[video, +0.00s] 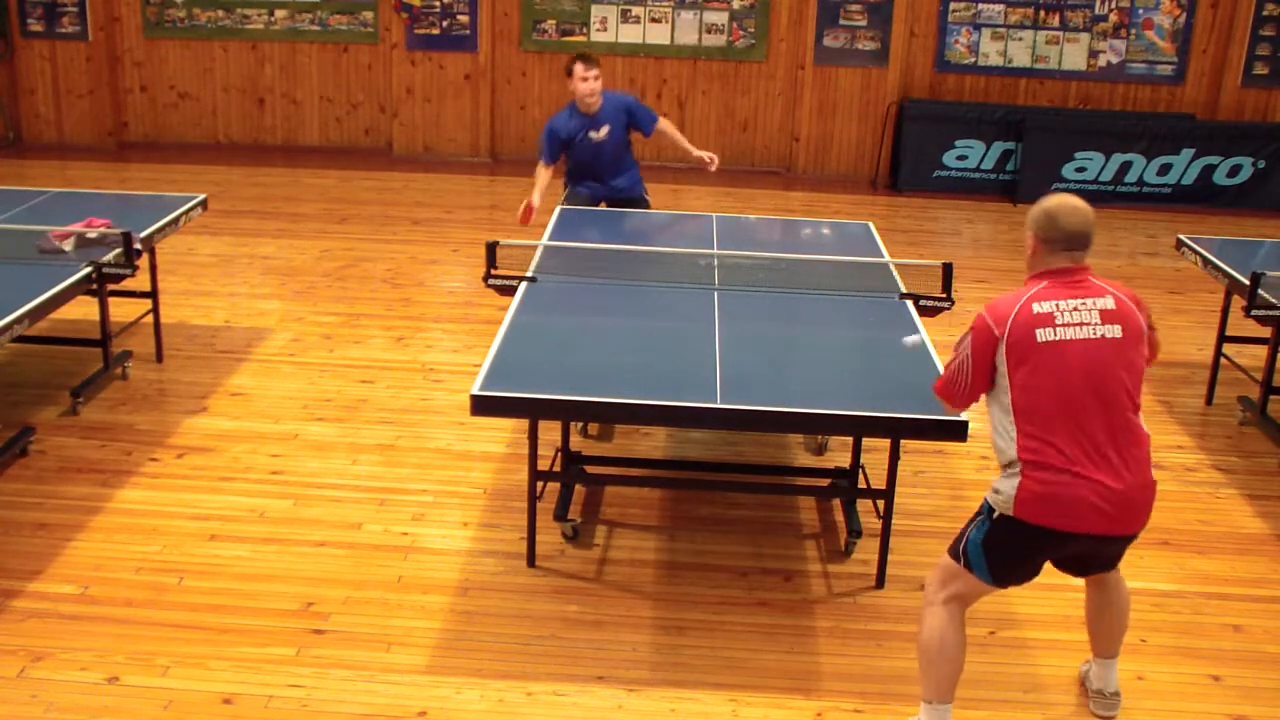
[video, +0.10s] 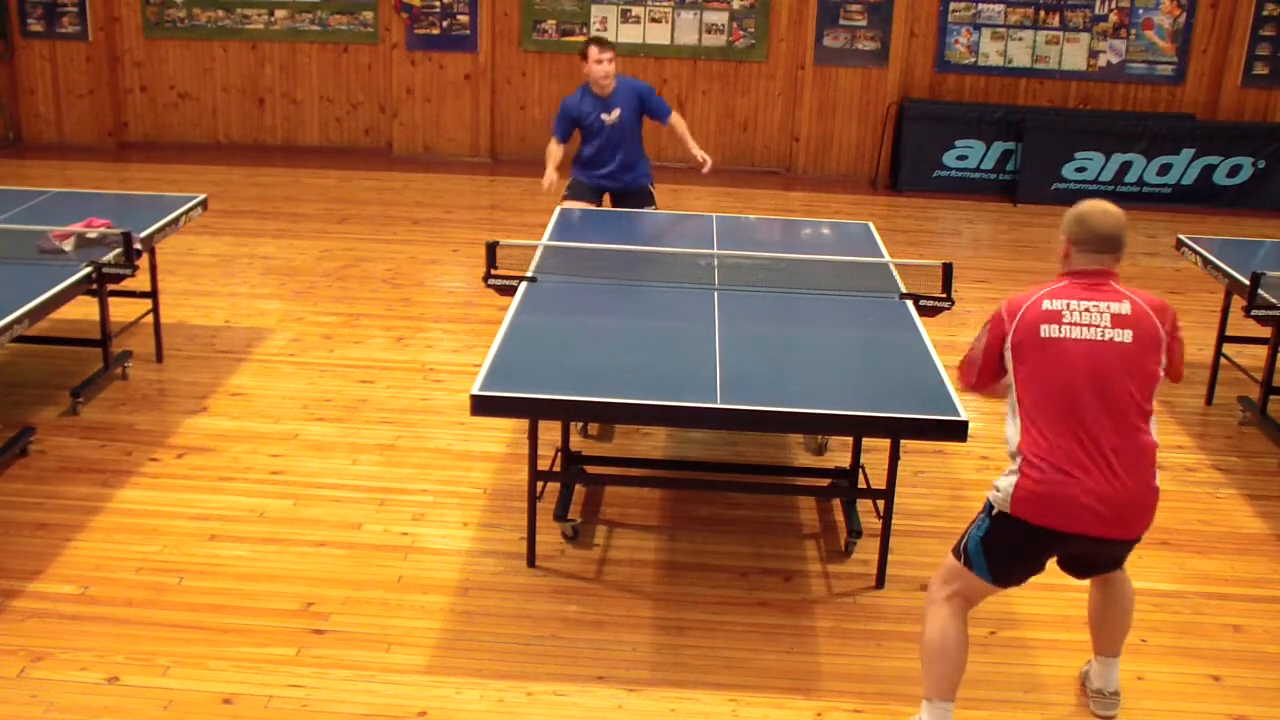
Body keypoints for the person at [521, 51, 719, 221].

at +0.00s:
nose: (591, 86)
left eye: (595, 79)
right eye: (584, 80)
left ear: (602, 80)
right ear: (570, 84)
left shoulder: (623, 106)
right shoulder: (560, 126)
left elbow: (659, 125)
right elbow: (546, 165)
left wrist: (694, 152)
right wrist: (535, 196)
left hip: (625, 183)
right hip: (584, 187)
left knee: (642, 237)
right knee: (567, 236)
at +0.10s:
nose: (606, 68)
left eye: (610, 61)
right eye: (599, 62)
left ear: (615, 63)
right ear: (585, 67)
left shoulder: (636, 92)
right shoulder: (574, 105)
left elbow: (671, 117)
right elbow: (558, 141)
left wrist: (693, 147)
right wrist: (551, 169)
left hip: (631, 175)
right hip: (589, 176)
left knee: (646, 233)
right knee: (570, 224)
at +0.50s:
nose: (605, 71)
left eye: (610, 64)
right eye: (599, 65)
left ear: (617, 64)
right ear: (588, 66)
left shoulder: (636, 90)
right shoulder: (577, 97)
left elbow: (661, 123)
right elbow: (552, 136)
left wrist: (654, 151)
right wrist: (573, 159)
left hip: (628, 171)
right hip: (588, 171)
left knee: (649, 224)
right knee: (563, 214)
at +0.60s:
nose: (583, 72)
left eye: (587, 65)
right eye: (576, 65)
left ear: (594, 63)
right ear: (566, 66)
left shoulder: (614, 83)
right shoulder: (556, 96)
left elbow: (647, 109)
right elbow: (533, 136)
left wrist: (647, 136)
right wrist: (556, 151)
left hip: (617, 164)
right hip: (577, 166)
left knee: (641, 218)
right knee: (554, 222)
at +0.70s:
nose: (562, 69)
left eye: (566, 63)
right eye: (556, 63)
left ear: (573, 63)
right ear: (543, 65)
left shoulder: (592, 77)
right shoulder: (538, 96)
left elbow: (632, 87)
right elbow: (521, 140)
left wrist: (642, 108)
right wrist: (535, 146)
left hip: (601, 153)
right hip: (563, 158)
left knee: (628, 203)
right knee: (546, 214)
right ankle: (539, 267)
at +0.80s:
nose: (550, 80)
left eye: (554, 74)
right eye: (544, 75)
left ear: (559, 73)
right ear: (530, 78)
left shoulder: (575, 81)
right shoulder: (529, 105)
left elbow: (613, 69)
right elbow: (516, 147)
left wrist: (650, 77)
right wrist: (510, 125)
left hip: (589, 146)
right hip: (549, 153)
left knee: (627, 198)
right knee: (532, 205)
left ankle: (648, 245)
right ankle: (523, 259)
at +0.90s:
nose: (547, 106)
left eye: (551, 100)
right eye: (540, 100)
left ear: (558, 99)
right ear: (528, 103)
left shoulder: (571, 101)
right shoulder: (525, 128)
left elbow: (588, 85)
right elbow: (506, 175)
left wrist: (616, 82)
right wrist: (505, 163)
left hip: (576, 157)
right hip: (537, 166)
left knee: (624, 185)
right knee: (518, 215)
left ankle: (619, 230)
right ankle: (490, 273)